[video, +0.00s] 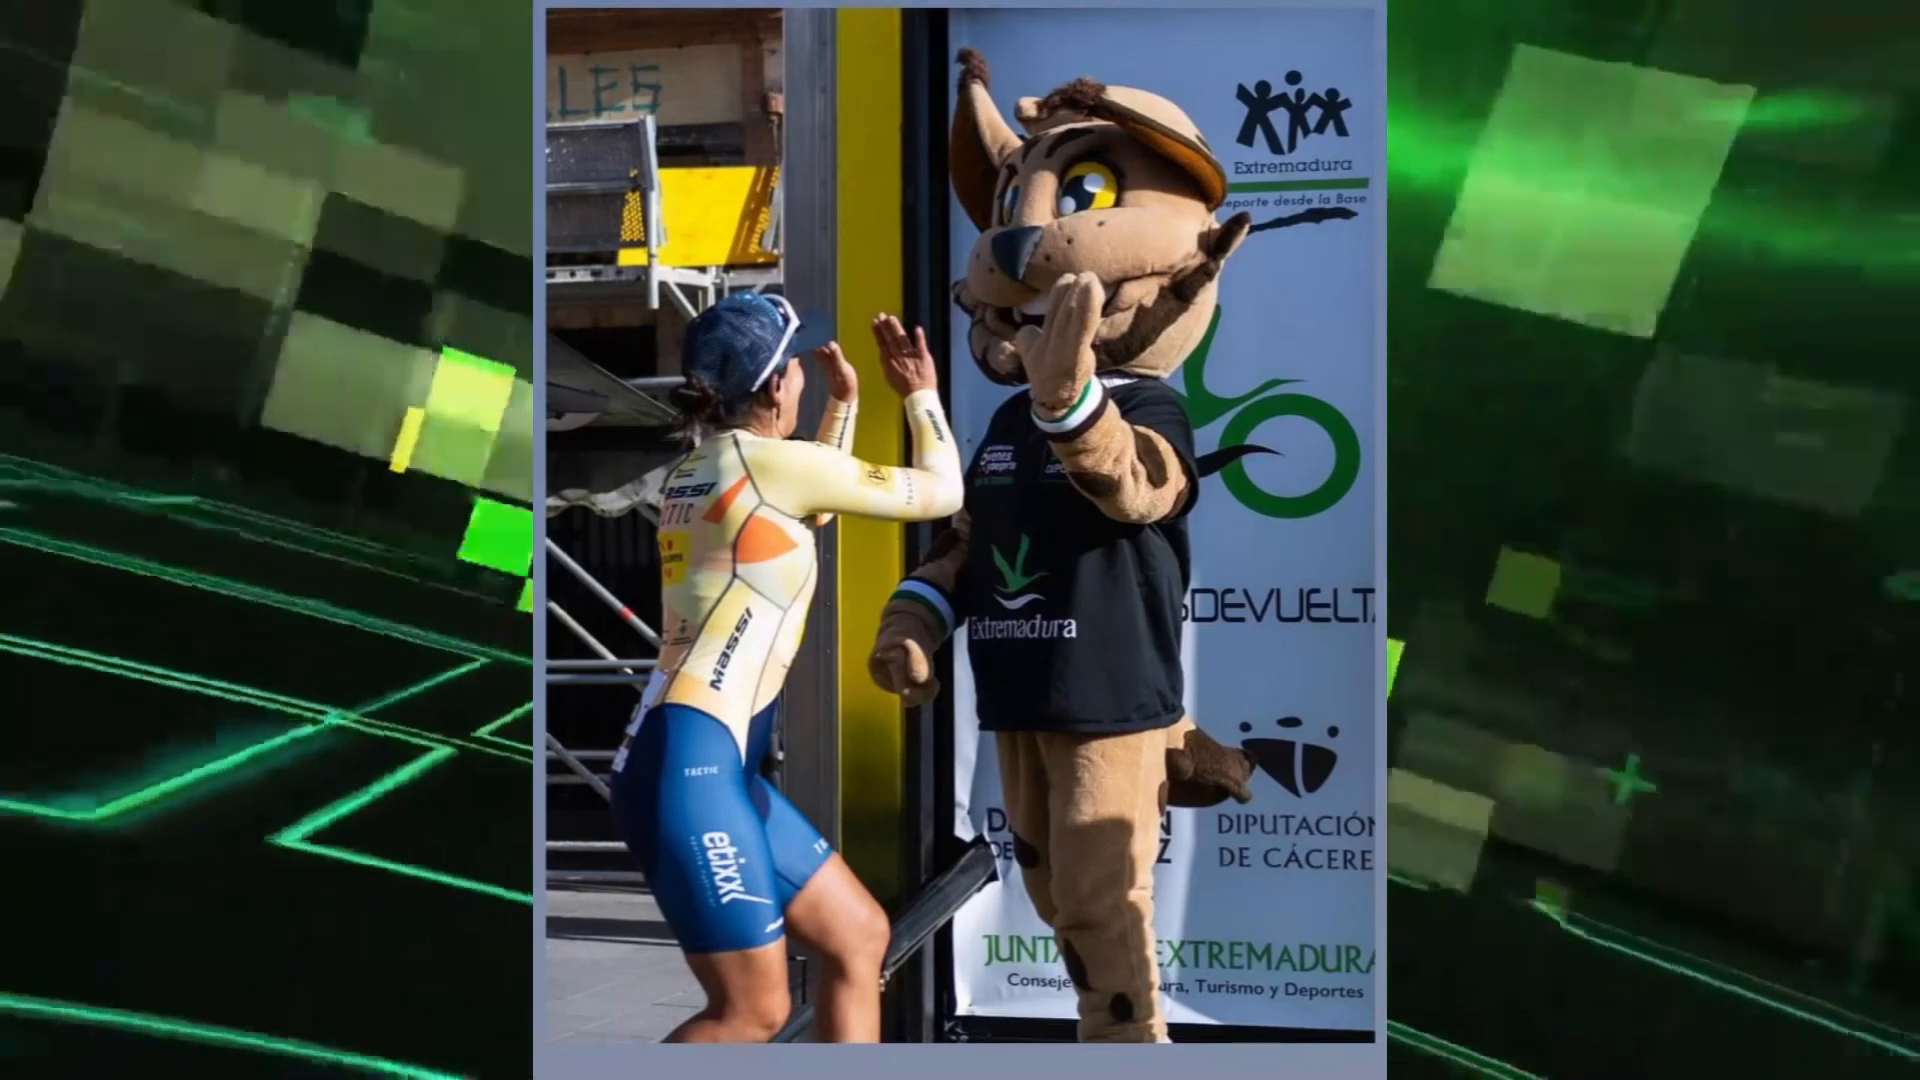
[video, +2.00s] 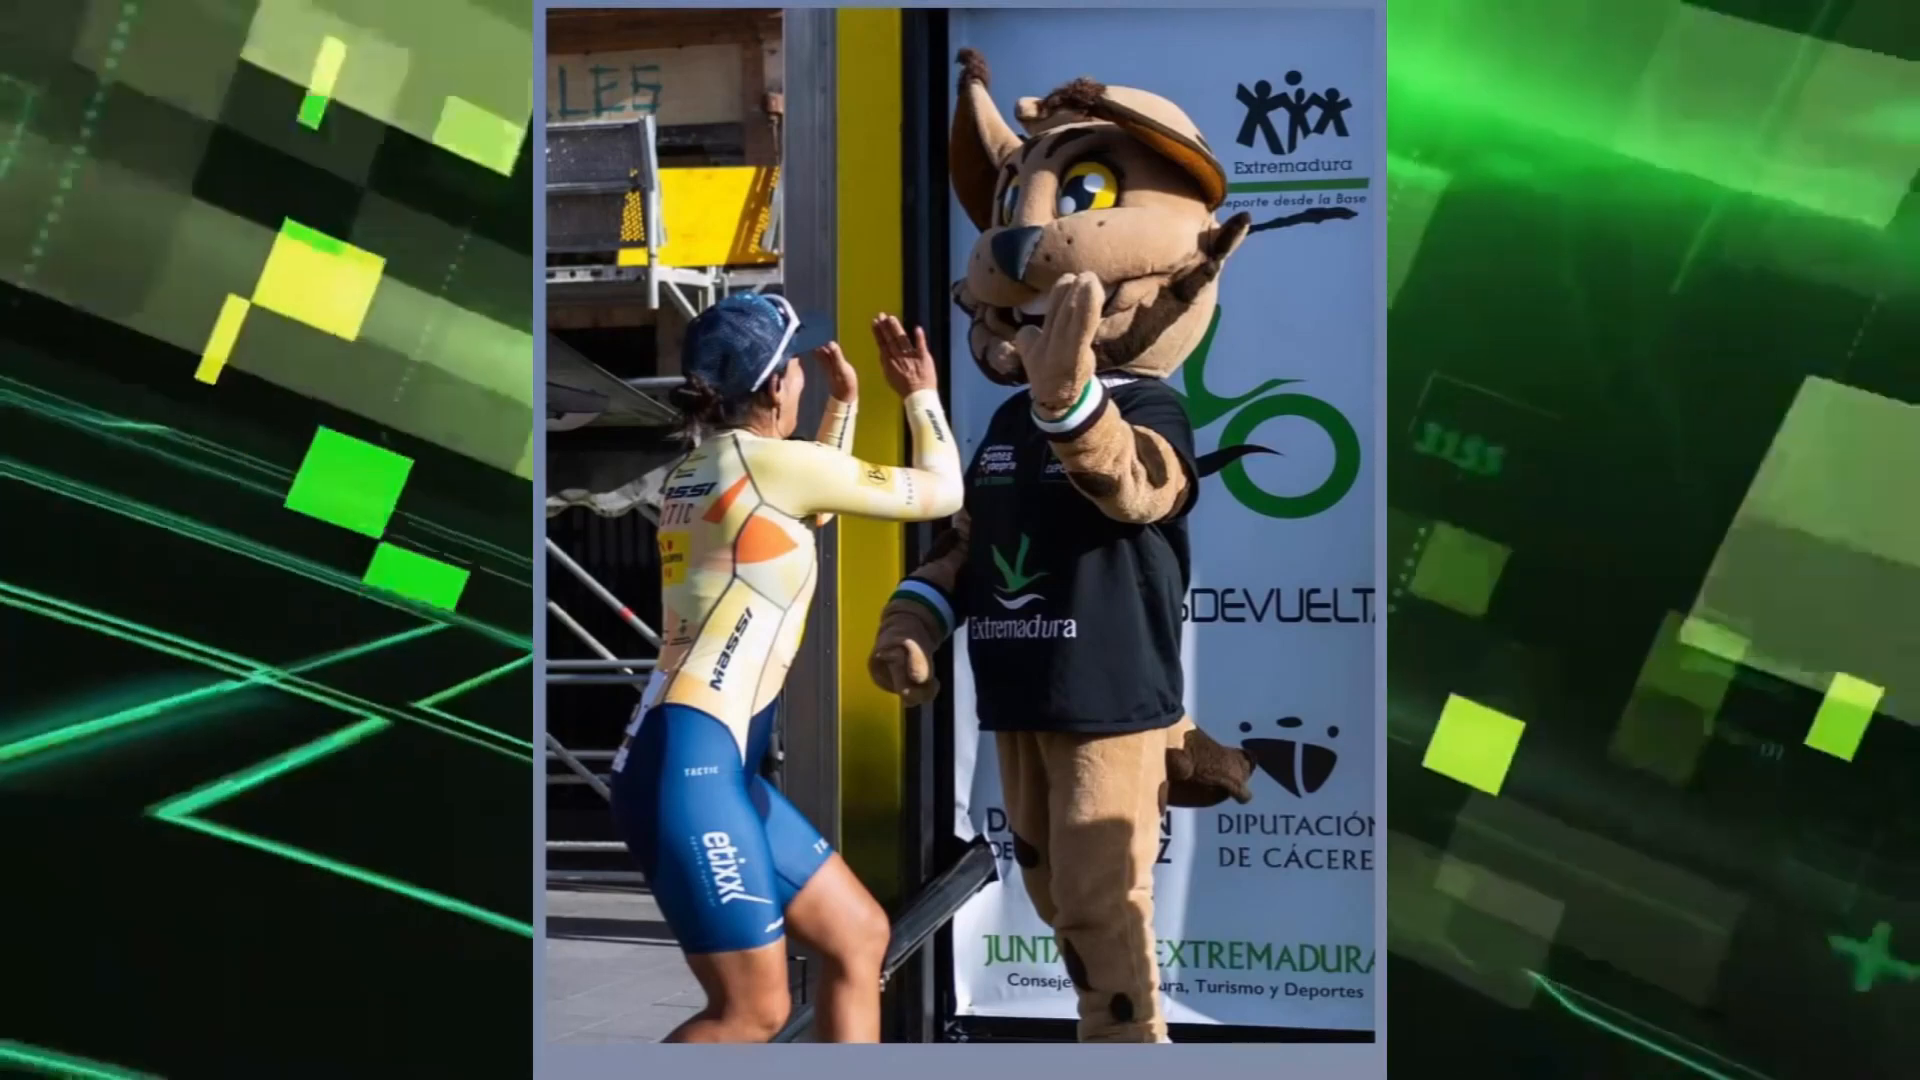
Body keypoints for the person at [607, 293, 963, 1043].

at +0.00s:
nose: (803, 377)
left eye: (800, 363)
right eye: (797, 364)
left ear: (714, 387)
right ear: (778, 380)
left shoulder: (695, 471)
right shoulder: (779, 465)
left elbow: (801, 496)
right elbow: (939, 492)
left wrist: (841, 411)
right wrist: (924, 396)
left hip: (715, 769)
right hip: (686, 774)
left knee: (860, 933)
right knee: (754, 1010)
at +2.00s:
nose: (804, 377)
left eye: (800, 363)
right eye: (797, 364)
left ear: (714, 387)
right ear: (777, 380)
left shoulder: (695, 471)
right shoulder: (779, 465)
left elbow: (801, 497)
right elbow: (938, 492)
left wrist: (841, 411)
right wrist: (924, 396)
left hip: (714, 769)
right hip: (686, 774)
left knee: (860, 933)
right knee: (754, 1009)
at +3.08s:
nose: (803, 377)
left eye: (800, 363)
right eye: (796, 364)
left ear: (715, 387)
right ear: (776, 380)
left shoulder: (692, 471)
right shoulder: (778, 465)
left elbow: (797, 494)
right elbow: (939, 492)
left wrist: (840, 412)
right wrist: (924, 395)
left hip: (714, 770)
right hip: (686, 774)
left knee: (860, 934)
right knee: (754, 1010)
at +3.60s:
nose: (803, 377)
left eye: (799, 362)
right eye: (796, 364)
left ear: (714, 387)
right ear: (777, 380)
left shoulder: (694, 471)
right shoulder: (781, 465)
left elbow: (798, 494)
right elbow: (938, 492)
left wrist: (841, 411)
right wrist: (924, 395)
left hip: (714, 769)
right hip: (686, 774)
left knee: (860, 934)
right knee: (754, 1010)